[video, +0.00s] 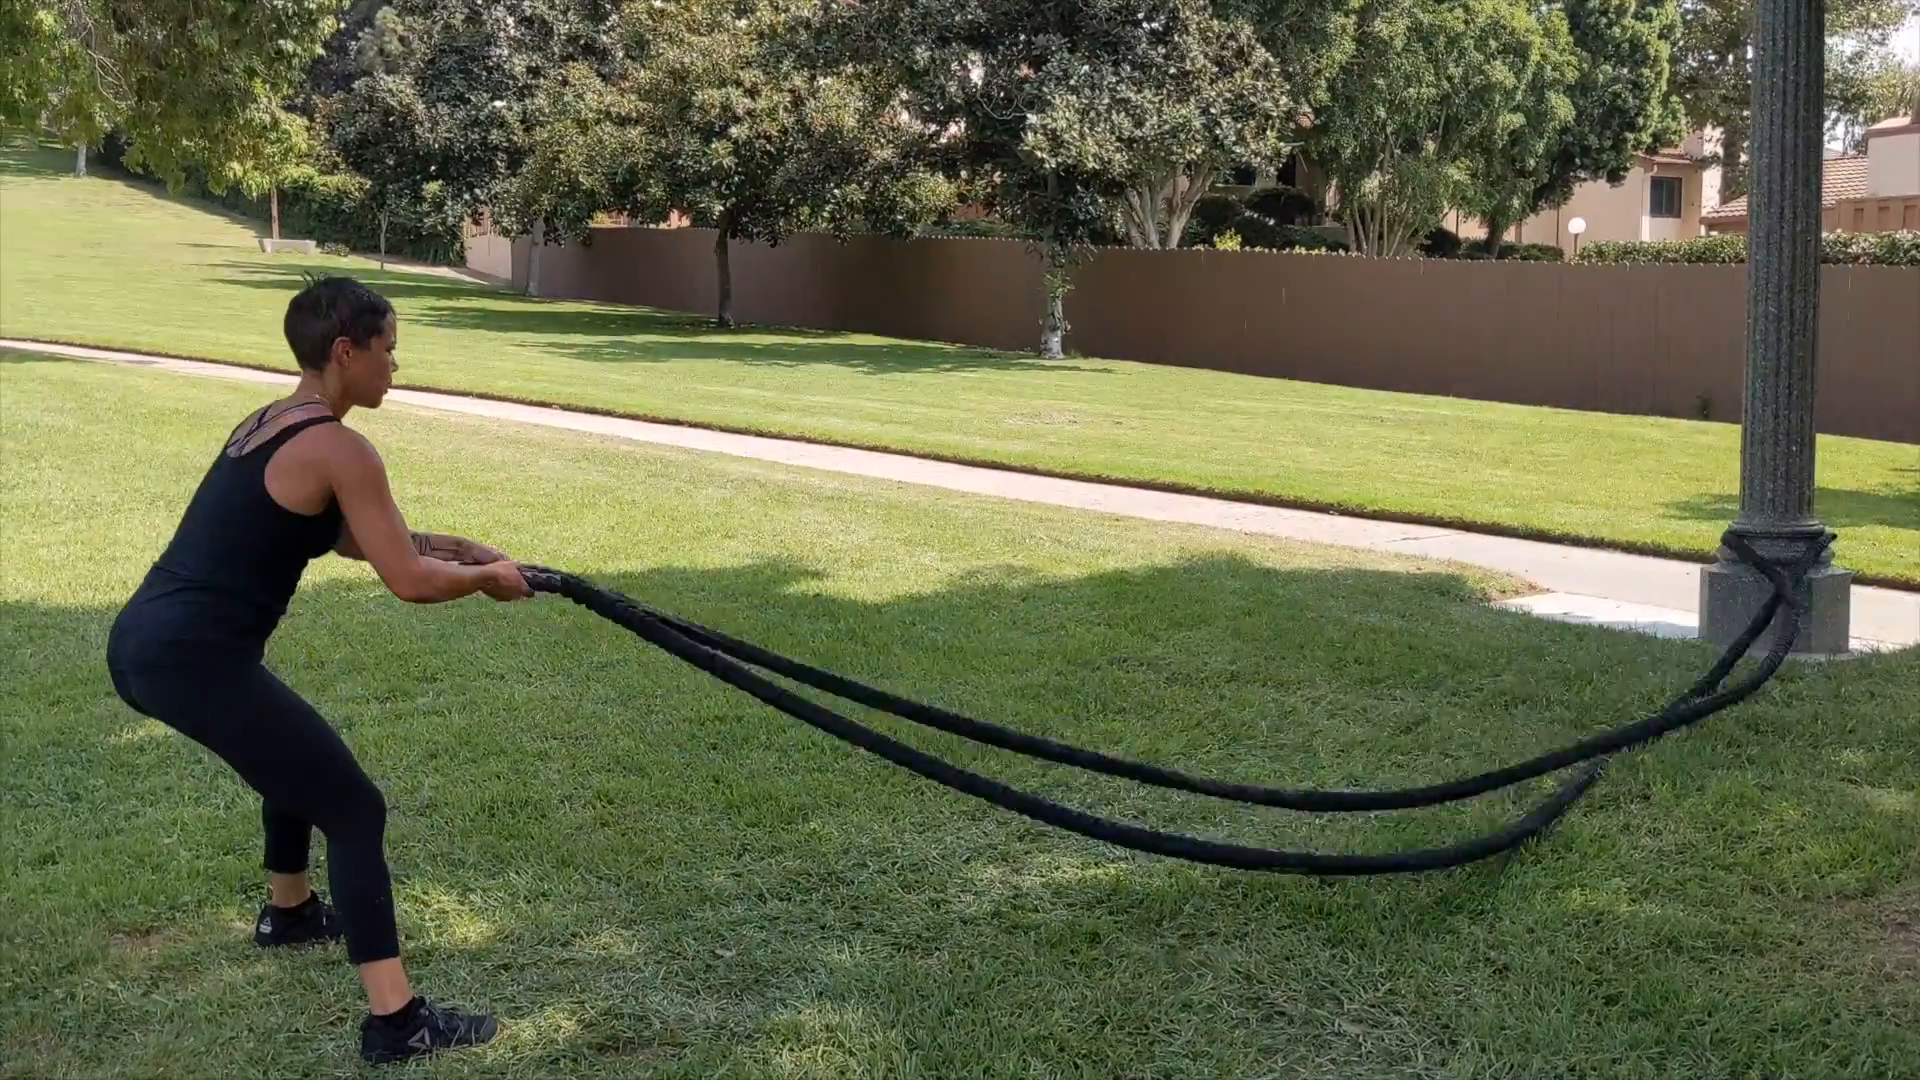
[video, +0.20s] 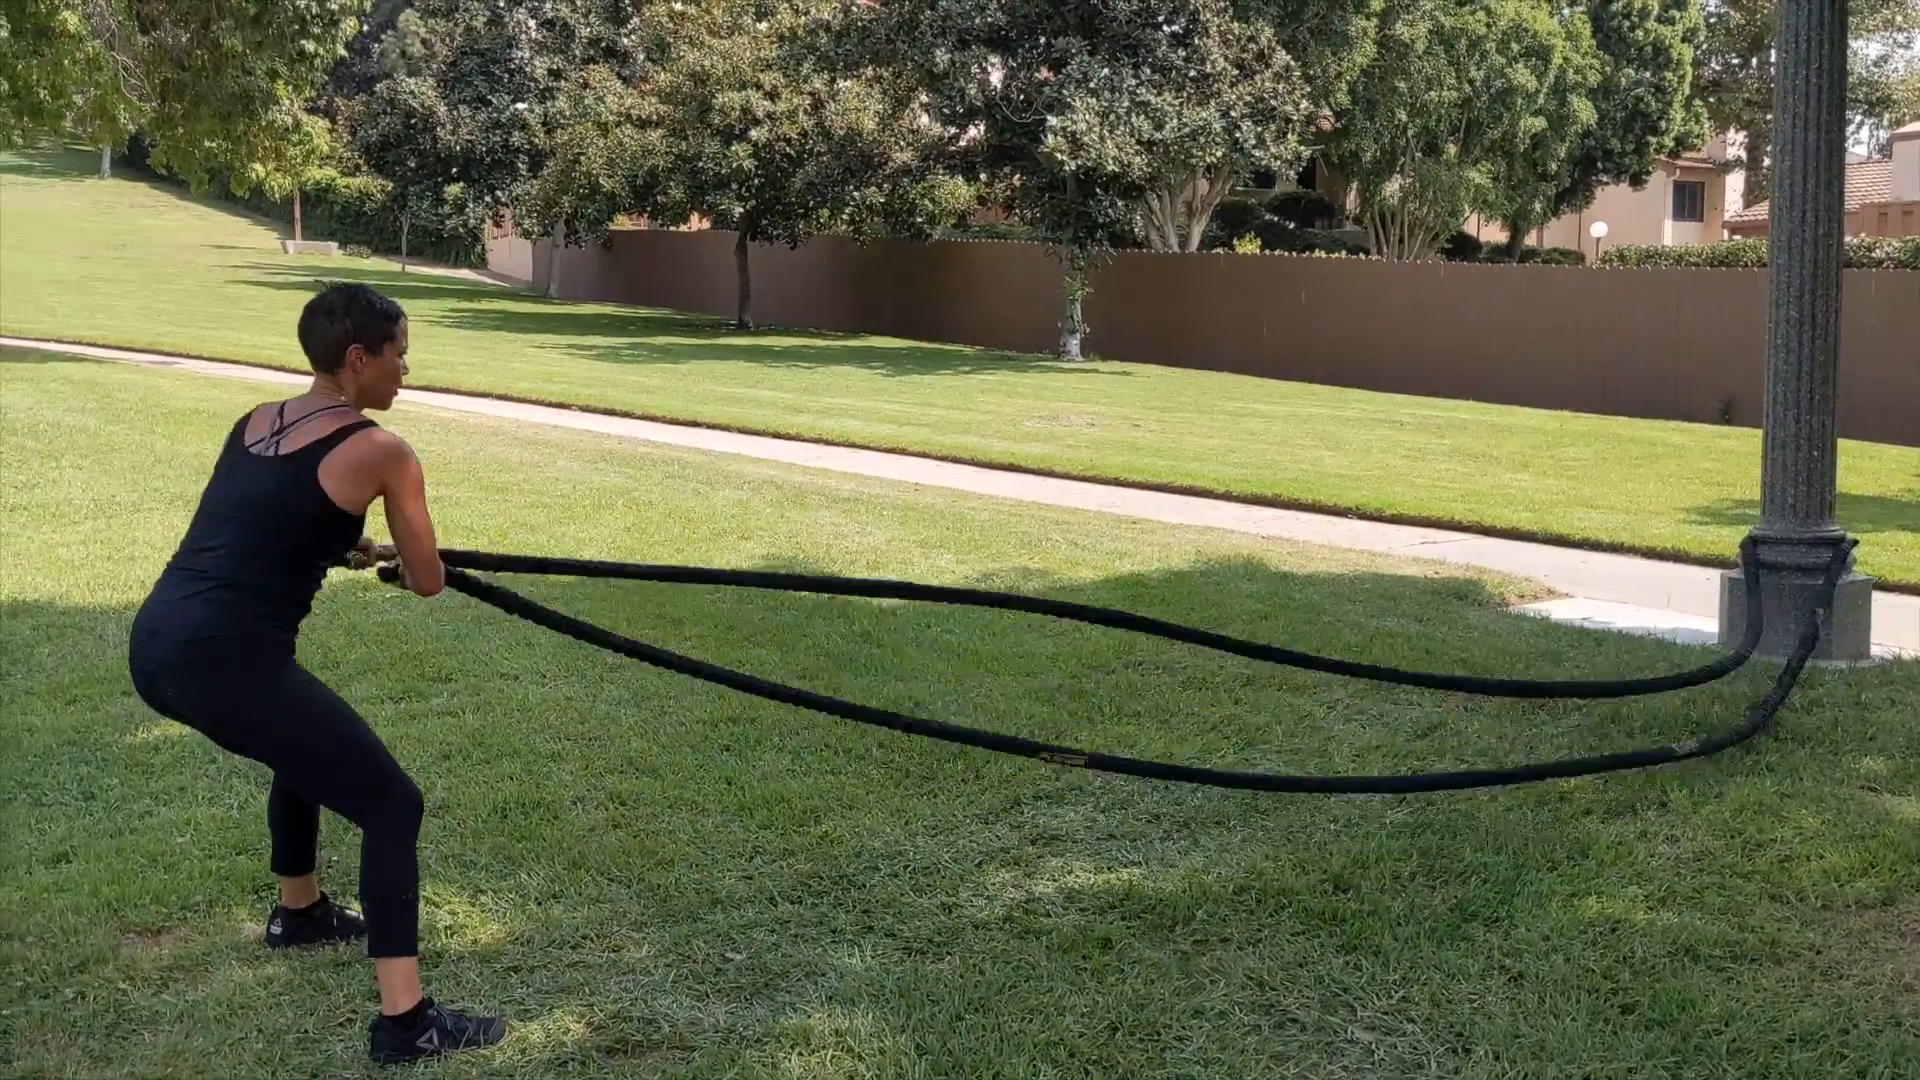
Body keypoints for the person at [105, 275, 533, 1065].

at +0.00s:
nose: (394, 369)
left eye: (395, 352)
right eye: (388, 351)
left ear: (327, 352)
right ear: (344, 350)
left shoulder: (267, 421)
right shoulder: (343, 452)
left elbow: (334, 536)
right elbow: (409, 579)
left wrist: (448, 549)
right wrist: (487, 579)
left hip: (145, 644)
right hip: (196, 661)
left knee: (297, 753)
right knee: (354, 808)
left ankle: (290, 909)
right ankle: (394, 1015)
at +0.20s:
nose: (406, 368)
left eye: (406, 352)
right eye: (399, 353)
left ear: (331, 357)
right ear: (359, 356)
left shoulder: (261, 415)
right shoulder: (382, 451)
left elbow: (263, 520)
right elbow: (427, 578)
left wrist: (352, 545)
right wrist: (400, 556)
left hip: (158, 648)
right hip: (231, 662)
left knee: (303, 743)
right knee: (394, 804)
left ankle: (301, 908)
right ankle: (405, 1015)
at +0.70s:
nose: (502, 371)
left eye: (501, 355)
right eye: (494, 355)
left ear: (434, 363)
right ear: (450, 359)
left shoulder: (401, 449)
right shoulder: (429, 447)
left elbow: (473, 585)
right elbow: (524, 555)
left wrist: (585, 613)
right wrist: (628, 566)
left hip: (254, 647)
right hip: (262, 664)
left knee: (364, 760)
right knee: (424, 806)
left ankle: (352, 905)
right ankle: (452, 1017)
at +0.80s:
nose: (510, 374)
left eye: (509, 357)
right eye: (504, 357)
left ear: (444, 362)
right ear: (459, 358)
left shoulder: (416, 451)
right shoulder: (416, 452)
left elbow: (469, 594)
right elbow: (500, 569)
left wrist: (567, 610)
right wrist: (628, 583)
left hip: (291, 650)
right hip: (261, 664)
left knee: (388, 755)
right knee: (425, 804)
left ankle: (354, 903)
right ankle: (453, 1017)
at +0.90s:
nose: (509, 373)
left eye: (509, 356)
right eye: (501, 356)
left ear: (450, 359)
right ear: (454, 357)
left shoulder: (443, 453)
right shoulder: (406, 451)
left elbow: (461, 584)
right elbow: (463, 577)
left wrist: (584, 580)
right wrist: (601, 589)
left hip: (297, 649)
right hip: (259, 660)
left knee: (396, 749)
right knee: (426, 803)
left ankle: (354, 904)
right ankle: (451, 1016)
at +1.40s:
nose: (439, 362)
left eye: (438, 347)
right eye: (430, 347)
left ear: (367, 352)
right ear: (387, 351)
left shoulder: (290, 414)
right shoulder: (408, 453)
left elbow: (294, 513)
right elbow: (465, 579)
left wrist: (381, 543)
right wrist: (491, 585)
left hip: (182, 644)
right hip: (251, 658)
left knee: (332, 752)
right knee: (411, 807)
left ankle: (335, 907)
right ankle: (428, 1019)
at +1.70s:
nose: (447, 370)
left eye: (446, 355)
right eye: (440, 355)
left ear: (367, 358)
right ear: (398, 359)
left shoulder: (294, 417)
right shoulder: (417, 460)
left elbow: (227, 502)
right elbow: (448, 579)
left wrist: (330, 518)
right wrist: (411, 519)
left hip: (176, 651)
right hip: (245, 670)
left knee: (317, 759)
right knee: (413, 813)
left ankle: (323, 914)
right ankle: (416, 1026)